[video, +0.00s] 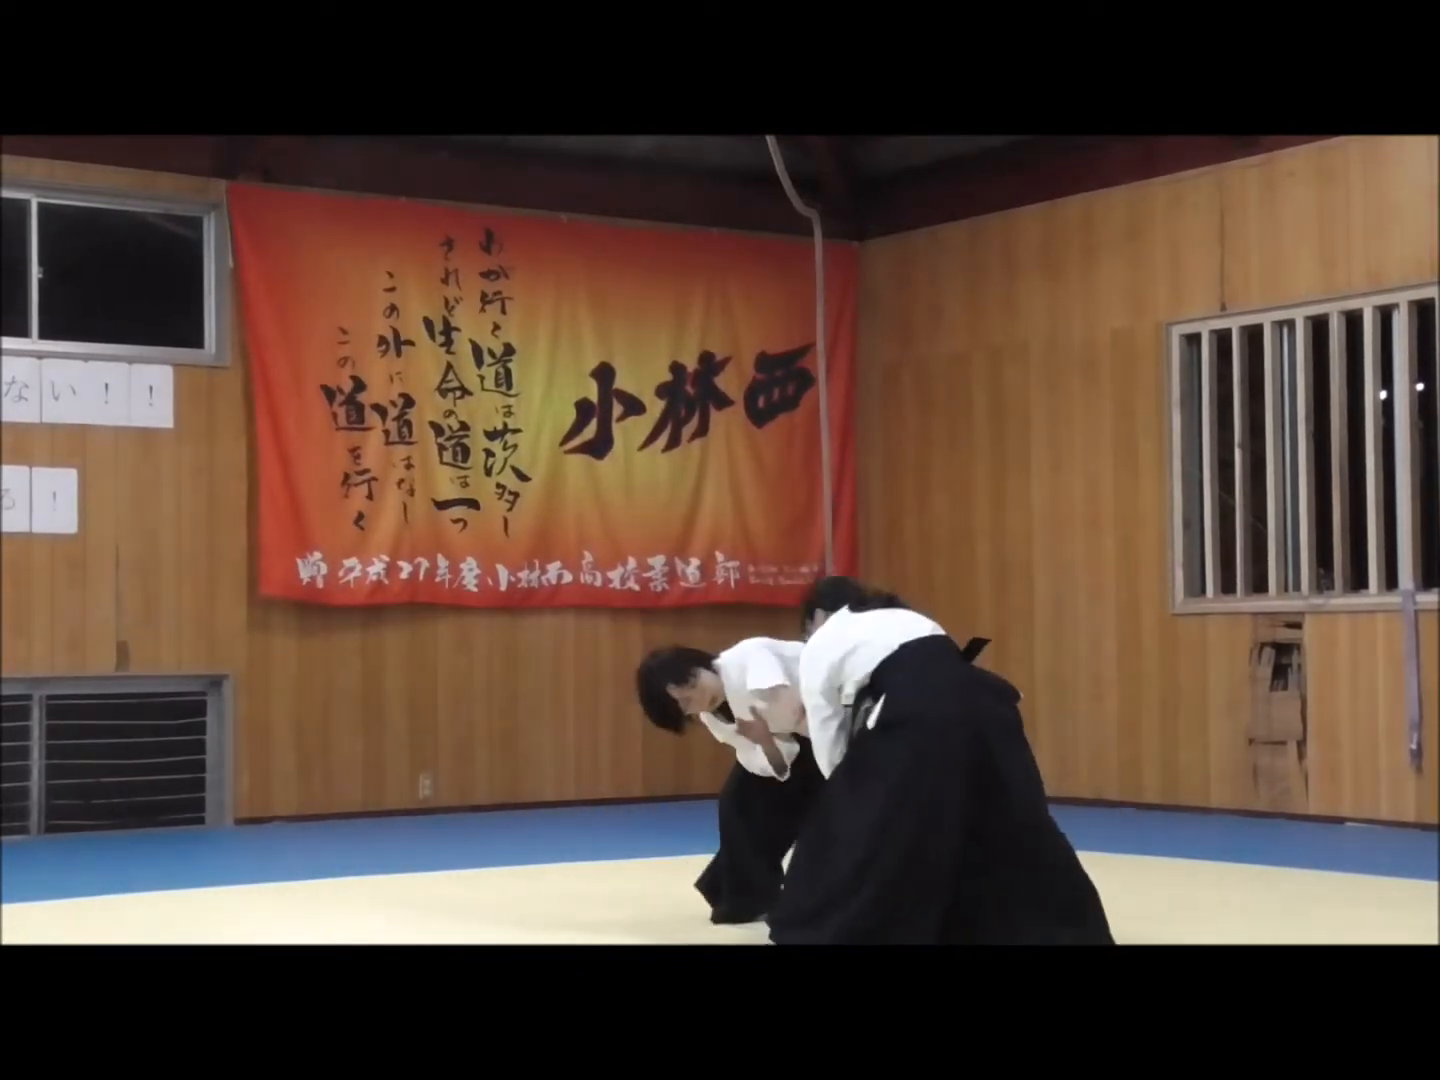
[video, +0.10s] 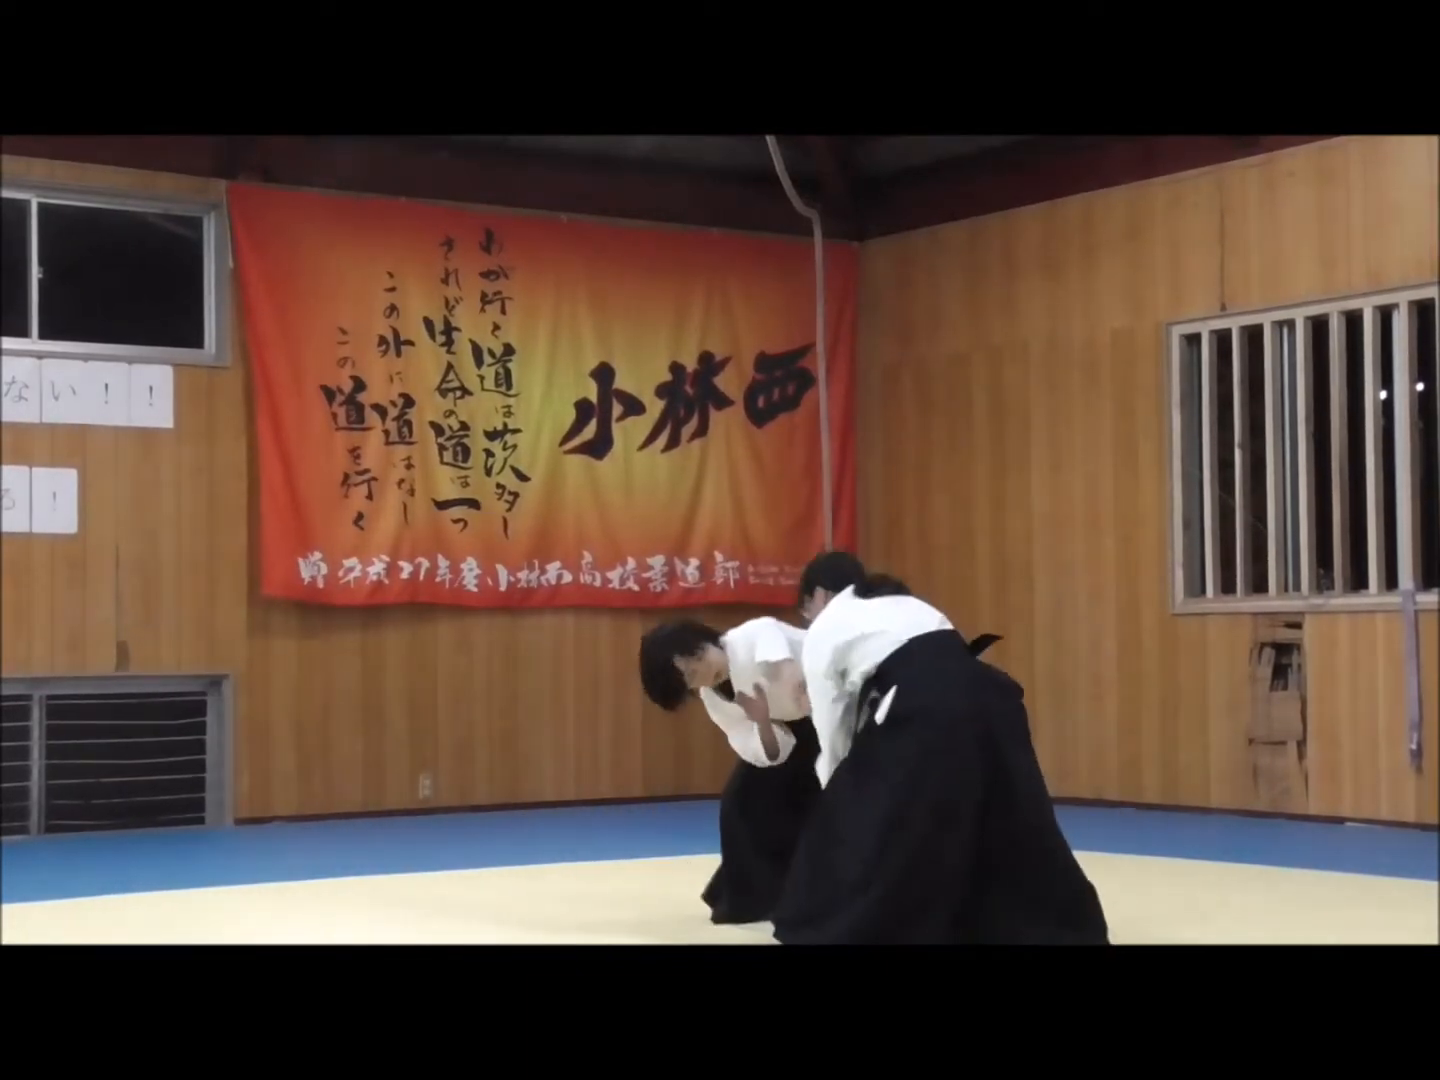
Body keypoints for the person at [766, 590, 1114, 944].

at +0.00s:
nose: (807, 638)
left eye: (808, 628)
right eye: (808, 630)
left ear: (822, 616)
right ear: (863, 606)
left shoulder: (819, 648)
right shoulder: (907, 618)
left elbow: (830, 752)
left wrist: (850, 796)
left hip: (915, 723)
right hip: (990, 712)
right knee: (1021, 832)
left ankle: (808, 926)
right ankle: (1072, 927)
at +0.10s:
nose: (806, 618)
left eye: (806, 607)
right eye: (803, 610)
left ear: (822, 595)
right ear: (859, 586)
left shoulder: (823, 630)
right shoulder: (908, 603)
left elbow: (832, 732)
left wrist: (839, 794)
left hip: (921, 713)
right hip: (995, 701)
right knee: (1013, 829)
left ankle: (821, 926)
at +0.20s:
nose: (806, 593)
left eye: (805, 582)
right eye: (803, 584)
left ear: (821, 571)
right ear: (858, 559)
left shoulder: (825, 610)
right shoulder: (902, 584)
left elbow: (810, 752)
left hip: (922, 707)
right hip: (993, 693)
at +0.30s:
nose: (802, 565)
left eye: (803, 554)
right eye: (801, 554)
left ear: (821, 547)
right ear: (858, 539)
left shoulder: (824, 591)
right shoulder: (900, 567)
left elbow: (778, 720)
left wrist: (764, 671)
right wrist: (809, 638)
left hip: (916, 696)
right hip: (985, 681)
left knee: (880, 818)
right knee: (997, 814)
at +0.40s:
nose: (802, 534)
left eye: (804, 523)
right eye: (801, 523)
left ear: (821, 519)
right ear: (857, 512)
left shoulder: (819, 570)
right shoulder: (897, 543)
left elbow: (775, 664)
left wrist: (757, 636)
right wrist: (795, 614)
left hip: (903, 684)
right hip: (968, 671)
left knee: (860, 805)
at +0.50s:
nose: (800, 509)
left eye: (803, 499)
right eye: (798, 501)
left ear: (821, 500)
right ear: (857, 493)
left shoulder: (814, 554)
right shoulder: (895, 532)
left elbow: (762, 636)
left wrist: (749, 602)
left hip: (884, 683)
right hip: (950, 670)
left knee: (847, 800)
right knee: (955, 800)